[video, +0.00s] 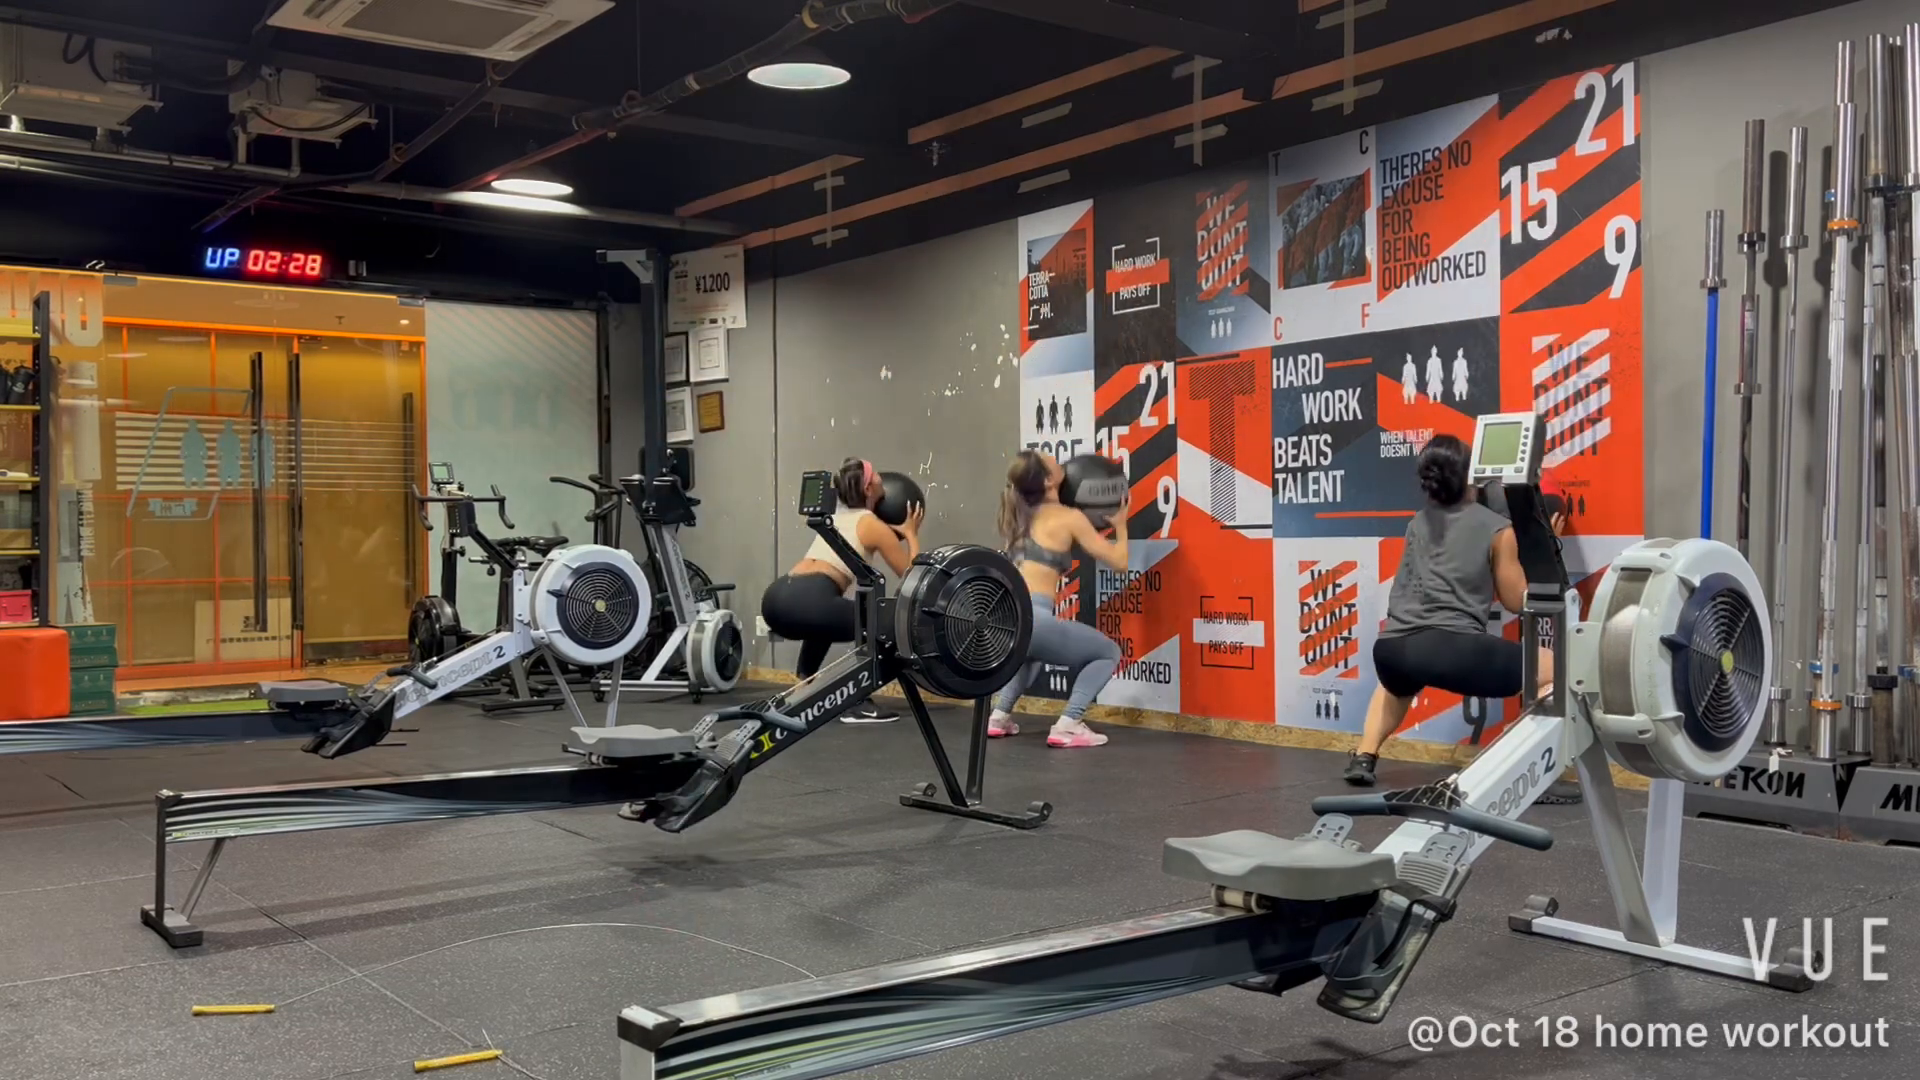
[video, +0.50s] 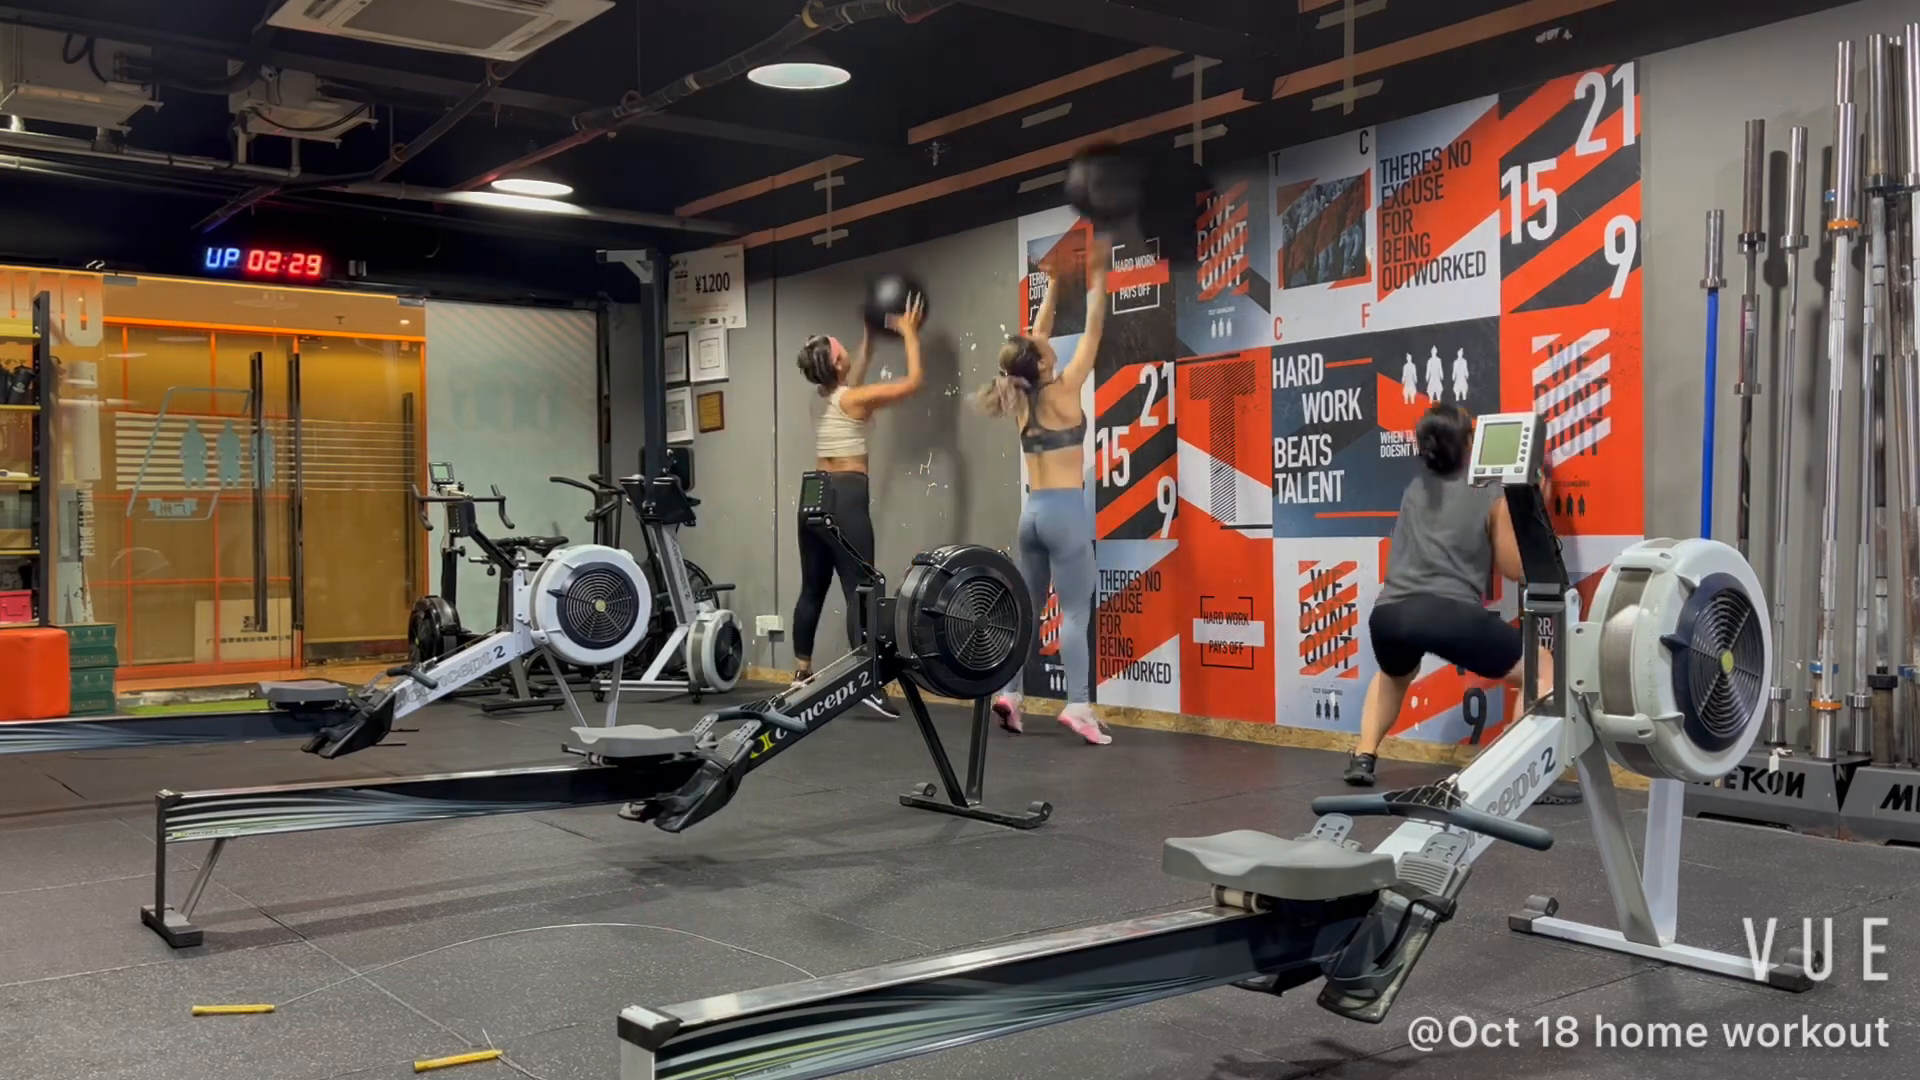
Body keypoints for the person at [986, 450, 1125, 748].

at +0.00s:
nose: (1057, 461)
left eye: (1051, 459)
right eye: (1053, 463)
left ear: (1025, 486)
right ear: (1048, 483)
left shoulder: (1023, 513)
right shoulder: (1069, 517)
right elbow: (1119, 561)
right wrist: (1120, 524)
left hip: (1001, 616)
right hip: (1034, 622)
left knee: (1037, 648)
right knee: (1109, 652)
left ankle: (999, 716)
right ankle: (1069, 724)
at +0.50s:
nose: (1050, 346)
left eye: (1044, 344)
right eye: (1045, 345)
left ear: (1022, 367)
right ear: (1042, 362)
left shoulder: (1020, 395)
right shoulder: (1067, 387)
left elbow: (1037, 336)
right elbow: (1095, 328)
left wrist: (1051, 289)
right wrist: (1099, 273)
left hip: (1032, 509)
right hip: (1067, 509)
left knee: (1025, 607)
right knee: (1075, 611)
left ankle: (1007, 691)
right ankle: (1078, 704)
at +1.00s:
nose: (1044, 375)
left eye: (1038, 370)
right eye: (1038, 372)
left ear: (1013, 389)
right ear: (1029, 383)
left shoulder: (1009, 422)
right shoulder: (1055, 414)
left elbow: (1042, 416)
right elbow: (1119, 403)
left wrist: (1063, 386)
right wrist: (1151, 360)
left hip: (1029, 529)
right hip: (1061, 527)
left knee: (1019, 623)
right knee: (1069, 628)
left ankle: (998, 713)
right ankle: (1068, 722)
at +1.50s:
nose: (1059, 456)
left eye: (1053, 453)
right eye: (1053, 457)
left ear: (1026, 477)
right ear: (1047, 474)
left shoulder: (1019, 508)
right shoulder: (1069, 512)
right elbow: (1118, 555)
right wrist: (1123, 520)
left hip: (1006, 612)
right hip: (1040, 619)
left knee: (1027, 644)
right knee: (1118, 651)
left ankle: (999, 714)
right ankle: (1073, 724)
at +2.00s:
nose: (1057, 425)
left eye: (1050, 423)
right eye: (1051, 428)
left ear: (1030, 456)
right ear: (1050, 451)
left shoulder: (1025, 484)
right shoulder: (1073, 485)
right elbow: (1124, 527)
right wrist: (1125, 492)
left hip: (1007, 583)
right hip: (1040, 588)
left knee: (1038, 647)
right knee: (1109, 647)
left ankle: (1001, 715)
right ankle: (1072, 723)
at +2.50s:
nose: (1057, 364)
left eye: (1050, 362)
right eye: (1052, 361)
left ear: (1024, 378)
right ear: (1046, 374)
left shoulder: (1022, 412)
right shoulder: (1068, 402)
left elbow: (1028, 354)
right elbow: (1093, 344)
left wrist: (1041, 300)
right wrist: (1101, 292)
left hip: (1042, 522)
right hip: (1074, 522)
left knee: (1027, 622)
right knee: (1074, 624)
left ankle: (1008, 709)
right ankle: (1072, 718)